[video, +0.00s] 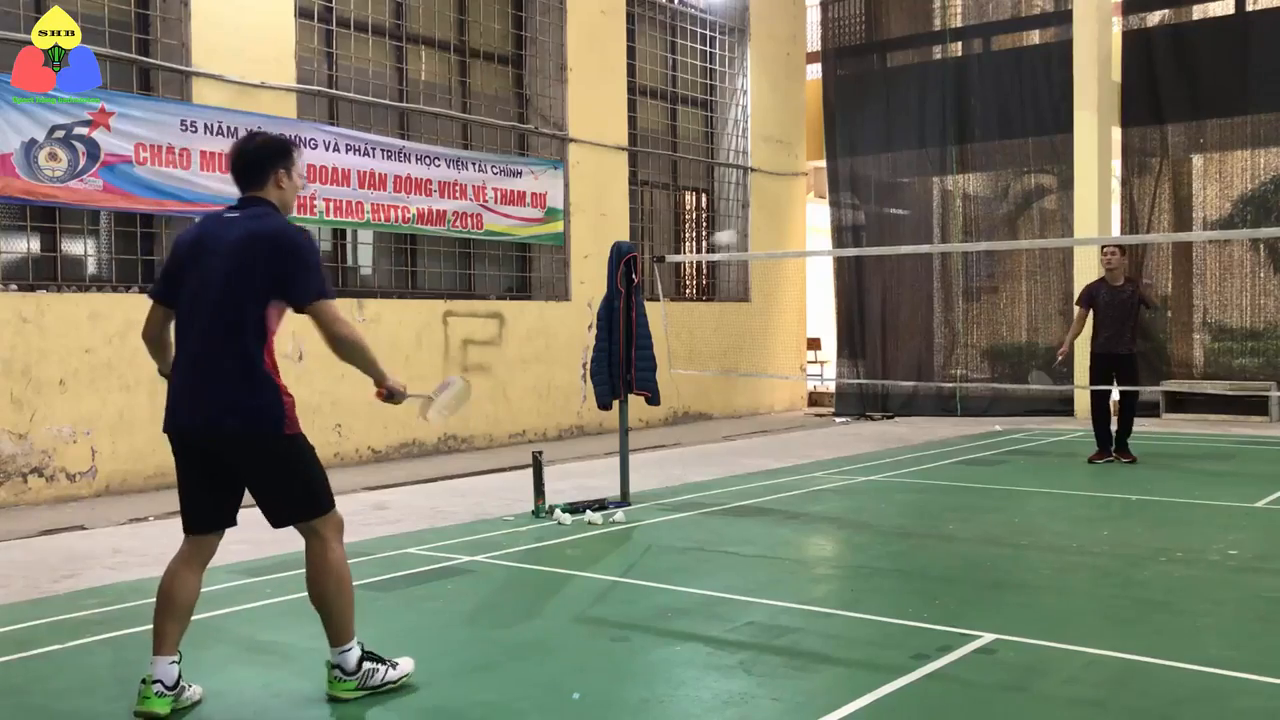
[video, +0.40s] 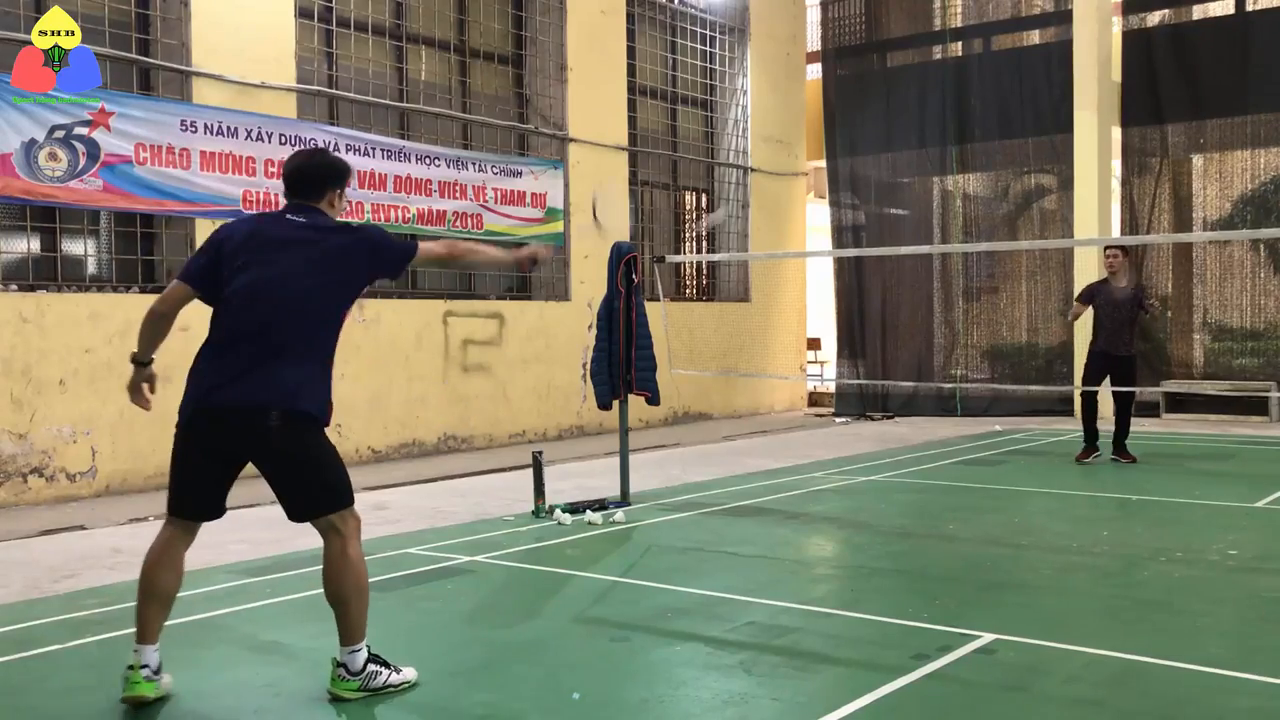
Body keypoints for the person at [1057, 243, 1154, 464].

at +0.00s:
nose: (1107, 257)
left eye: (1113, 254)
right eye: (1104, 254)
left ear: (1124, 259)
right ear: (1101, 259)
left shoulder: (1136, 288)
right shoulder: (1092, 289)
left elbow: (1156, 309)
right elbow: (1079, 320)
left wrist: (1152, 294)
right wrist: (1067, 343)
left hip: (1126, 353)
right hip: (1100, 354)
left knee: (1129, 399)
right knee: (1099, 401)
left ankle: (1122, 447)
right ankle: (1104, 448)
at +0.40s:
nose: (1110, 260)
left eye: (1115, 256)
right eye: (1107, 257)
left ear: (1125, 260)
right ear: (1103, 261)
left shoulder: (1136, 291)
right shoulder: (1095, 289)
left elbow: (1152, 315)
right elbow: (1073, 315)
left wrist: (1155, 309)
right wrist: (1075, 311)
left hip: (1125, 354)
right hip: (1099, 352)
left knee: (1124, 402)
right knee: (1087, 394)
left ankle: (1120, 448)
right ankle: (1090, 445)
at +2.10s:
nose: (1041, 255)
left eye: (1047, 253)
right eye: (1042, 252)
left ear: (1060, 261)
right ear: (1049, 261)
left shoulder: (1070, 288)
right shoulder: (1032, 282)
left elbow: (1088, 316)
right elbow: (1005, 272)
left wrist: (1093, 300)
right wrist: (984, 256)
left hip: (1071, 354)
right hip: (1046, 353)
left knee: (1091, 401)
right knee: (1033, 402)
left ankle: (1108, 450)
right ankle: (1032, 451)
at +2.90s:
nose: (1053, 262)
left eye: (1059, 258)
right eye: (1052, 258)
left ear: (1072, 263)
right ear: (1050, 263)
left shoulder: (1084, 294)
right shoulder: (1042, 289)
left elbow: (1099, 325)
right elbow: (1008, 285)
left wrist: (1105, 309)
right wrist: (1015, 256)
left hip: (1079, 360)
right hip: (1051, 359)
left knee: (1098, 406)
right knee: (1034, 402)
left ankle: (1106, 456)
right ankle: (1032, 451)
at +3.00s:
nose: (1050, 260)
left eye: (1055, 256)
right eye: (1049, 256)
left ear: (1070, 262)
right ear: (1048, 262)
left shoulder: (1083, 292)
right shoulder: (1042, 288)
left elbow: (1099, 322)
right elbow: (1010, 289)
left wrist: (1108, 307)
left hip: (1081, 359)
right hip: (1052, 358)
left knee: (1098, 408)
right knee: (1037, 405)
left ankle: (1106, 456)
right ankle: (1032, 452)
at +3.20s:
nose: (1042, 260)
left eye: (1048, 256)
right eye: (1041, 257)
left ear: (1062, 261)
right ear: (1040, 262)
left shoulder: (1077, 290)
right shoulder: (1035, 291)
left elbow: (1095, 317)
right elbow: (1013, 312)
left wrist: (1108, 304)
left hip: (1077, 358)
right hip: (1048, 358)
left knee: (1094, 406)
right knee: (1035, 404)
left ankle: (1105, 455)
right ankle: (1032, 452)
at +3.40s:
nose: (1048, 261)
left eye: (1053, 257)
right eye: (1045, 258)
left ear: (1065, 262)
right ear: (1042, 263)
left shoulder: (1079, 291)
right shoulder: (1036, 294)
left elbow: (1095, 318)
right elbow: (1020, 327)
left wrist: (1109, 309)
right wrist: (1006, 355)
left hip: (1077, 358)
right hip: (1048, 359)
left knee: (1094, 406)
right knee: (1035, 405)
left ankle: (1106, 455)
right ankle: (1032, 452)